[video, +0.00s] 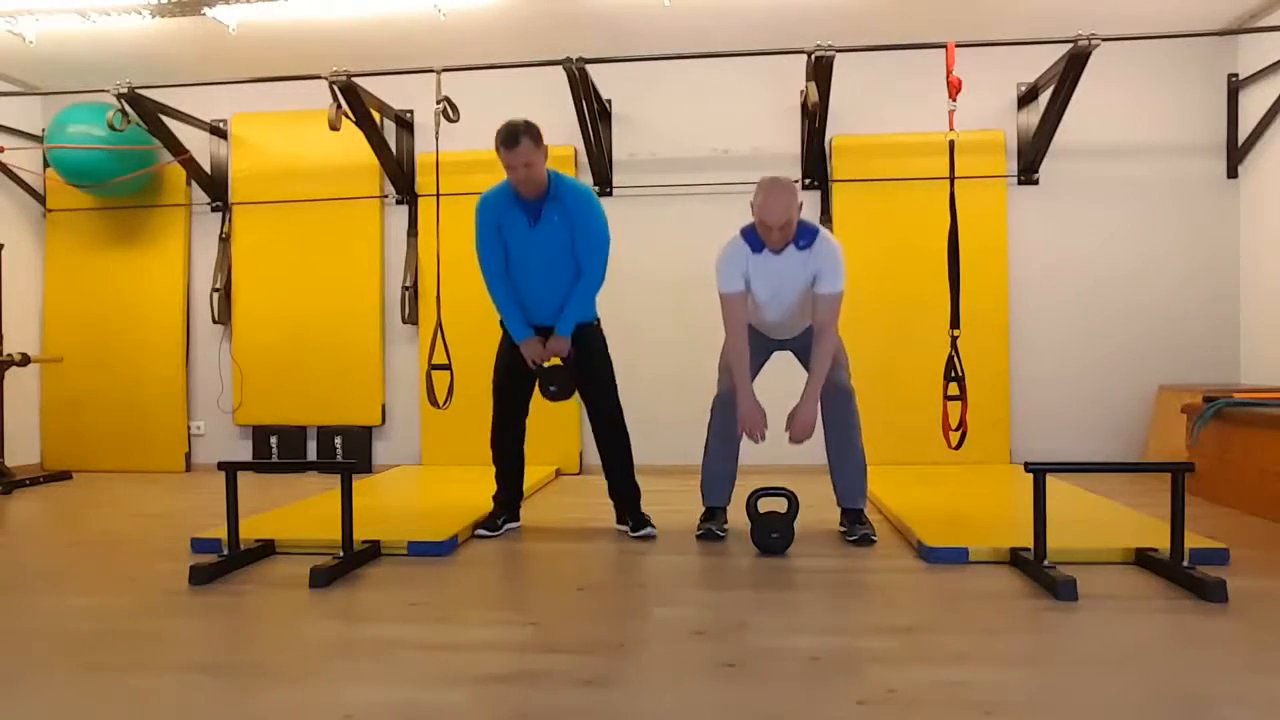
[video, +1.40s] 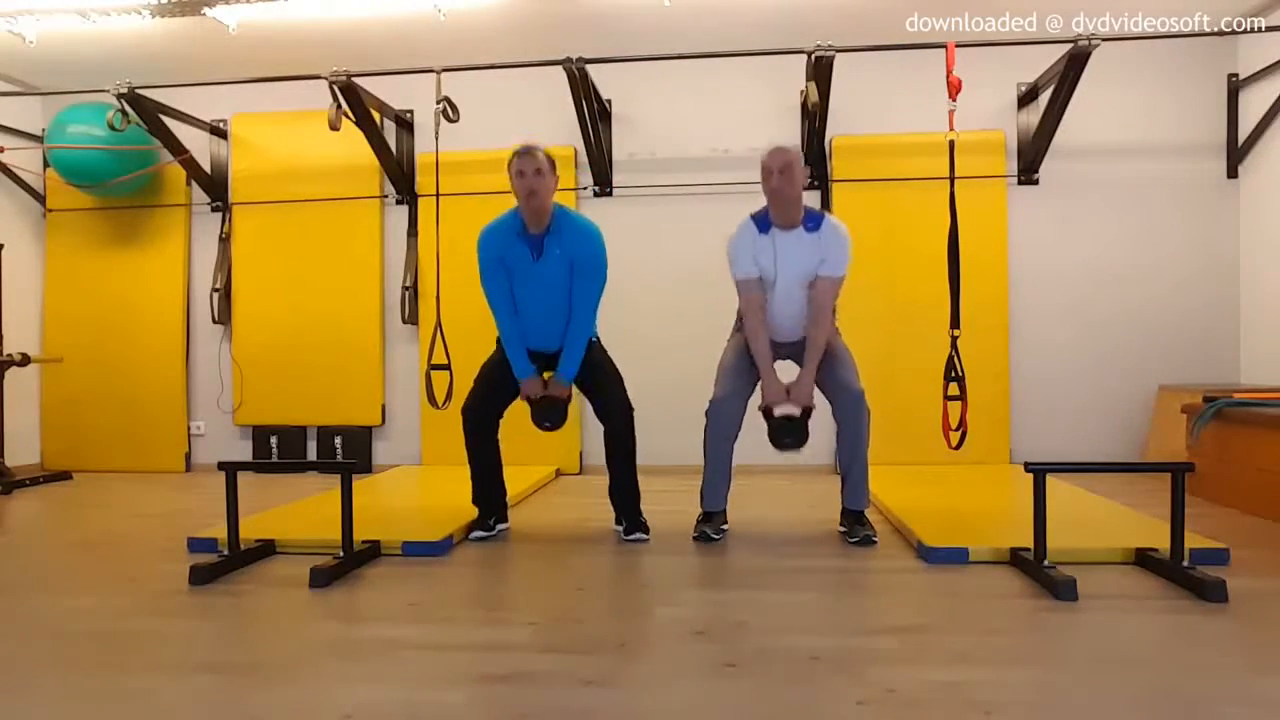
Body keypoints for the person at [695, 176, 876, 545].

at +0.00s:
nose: (775, 236)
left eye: (784, 226)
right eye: (766, 227)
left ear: (799, 211)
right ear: (753, 211)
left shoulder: (825, 250)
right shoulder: (734, 254)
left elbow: (826, 331)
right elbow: (736, 332)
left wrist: (809, 403)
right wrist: (745, 397)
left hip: (809, 333)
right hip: (754, 334)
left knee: (840, 395)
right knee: (726, 401)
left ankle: (853, 510)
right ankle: (715, 508)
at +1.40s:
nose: (776, 178)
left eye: (785, 170)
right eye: (769, 172)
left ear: (804, 178)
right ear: (761, 183)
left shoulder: (832, 234)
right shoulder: (746, 237)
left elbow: (822, 312)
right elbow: (751, 314)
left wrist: (807, 377)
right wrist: (768, 377)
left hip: (814, 337)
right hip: (757, 336)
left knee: (853, 401)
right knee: (723, 406)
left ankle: (854, 512)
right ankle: (713, 512)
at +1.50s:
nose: (774, 149)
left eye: (783, 141)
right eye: (767, 143)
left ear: (801, 150)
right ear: (759, 154)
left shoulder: (828, 205)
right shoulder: (746, 209)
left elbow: (824, 275)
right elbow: (754, 278)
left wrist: (810, 332)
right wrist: (769, 331)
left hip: (815, 322)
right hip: (757, 323)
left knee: (853, 403)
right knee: (724, 407)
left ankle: (854, 512)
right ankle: (713, 512)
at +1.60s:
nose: (775, 132)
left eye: (782, 124)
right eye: (767, 126)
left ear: (797, 129)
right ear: (757, 132)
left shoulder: (824, 176)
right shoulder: (745, 179)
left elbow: (823, 225)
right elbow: (752, 228)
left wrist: (807, 267)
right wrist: (774, 269)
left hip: (812, 312)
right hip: (756, 312)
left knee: (849, 404)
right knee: (727, 405)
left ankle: (854, 512)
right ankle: (713, 511)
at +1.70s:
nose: (772, 127)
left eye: (779, 120)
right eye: (765, 121)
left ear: (795, 124)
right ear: (755, 127)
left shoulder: (818, 162)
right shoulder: (745, 171)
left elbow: (827, 181)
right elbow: (741, 188)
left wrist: (784, 189)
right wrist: (778, 195)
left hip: (811, 306)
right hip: (755, 308)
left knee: (843, 407)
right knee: (730, 409)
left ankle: (854, 512)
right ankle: (713, 511)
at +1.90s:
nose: (785, 126)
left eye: (792, 119)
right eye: (778, 119)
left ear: (805, 117)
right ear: (761, 115)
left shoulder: (819, 162)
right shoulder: (744, 166)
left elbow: (825, 165)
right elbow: (738, 167)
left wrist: (811, 116)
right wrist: (755, 120)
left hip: (811, 301)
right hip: (754, 303)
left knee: (839, 407)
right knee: (732, 408)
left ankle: (854, 513)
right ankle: (713, 511)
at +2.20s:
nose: (777, 112)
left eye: (784, 106)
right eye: (769, 107)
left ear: (798, 118)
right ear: (757, 120)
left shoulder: (818, 161)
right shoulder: (746, 167)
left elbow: (830, 177)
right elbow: (739, 177)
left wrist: (805, 159)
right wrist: (771, 157)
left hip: (813, 308)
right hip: (755, 309)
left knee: (843, 409)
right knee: (728, 411)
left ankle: (854, 512)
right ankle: (713, 511)